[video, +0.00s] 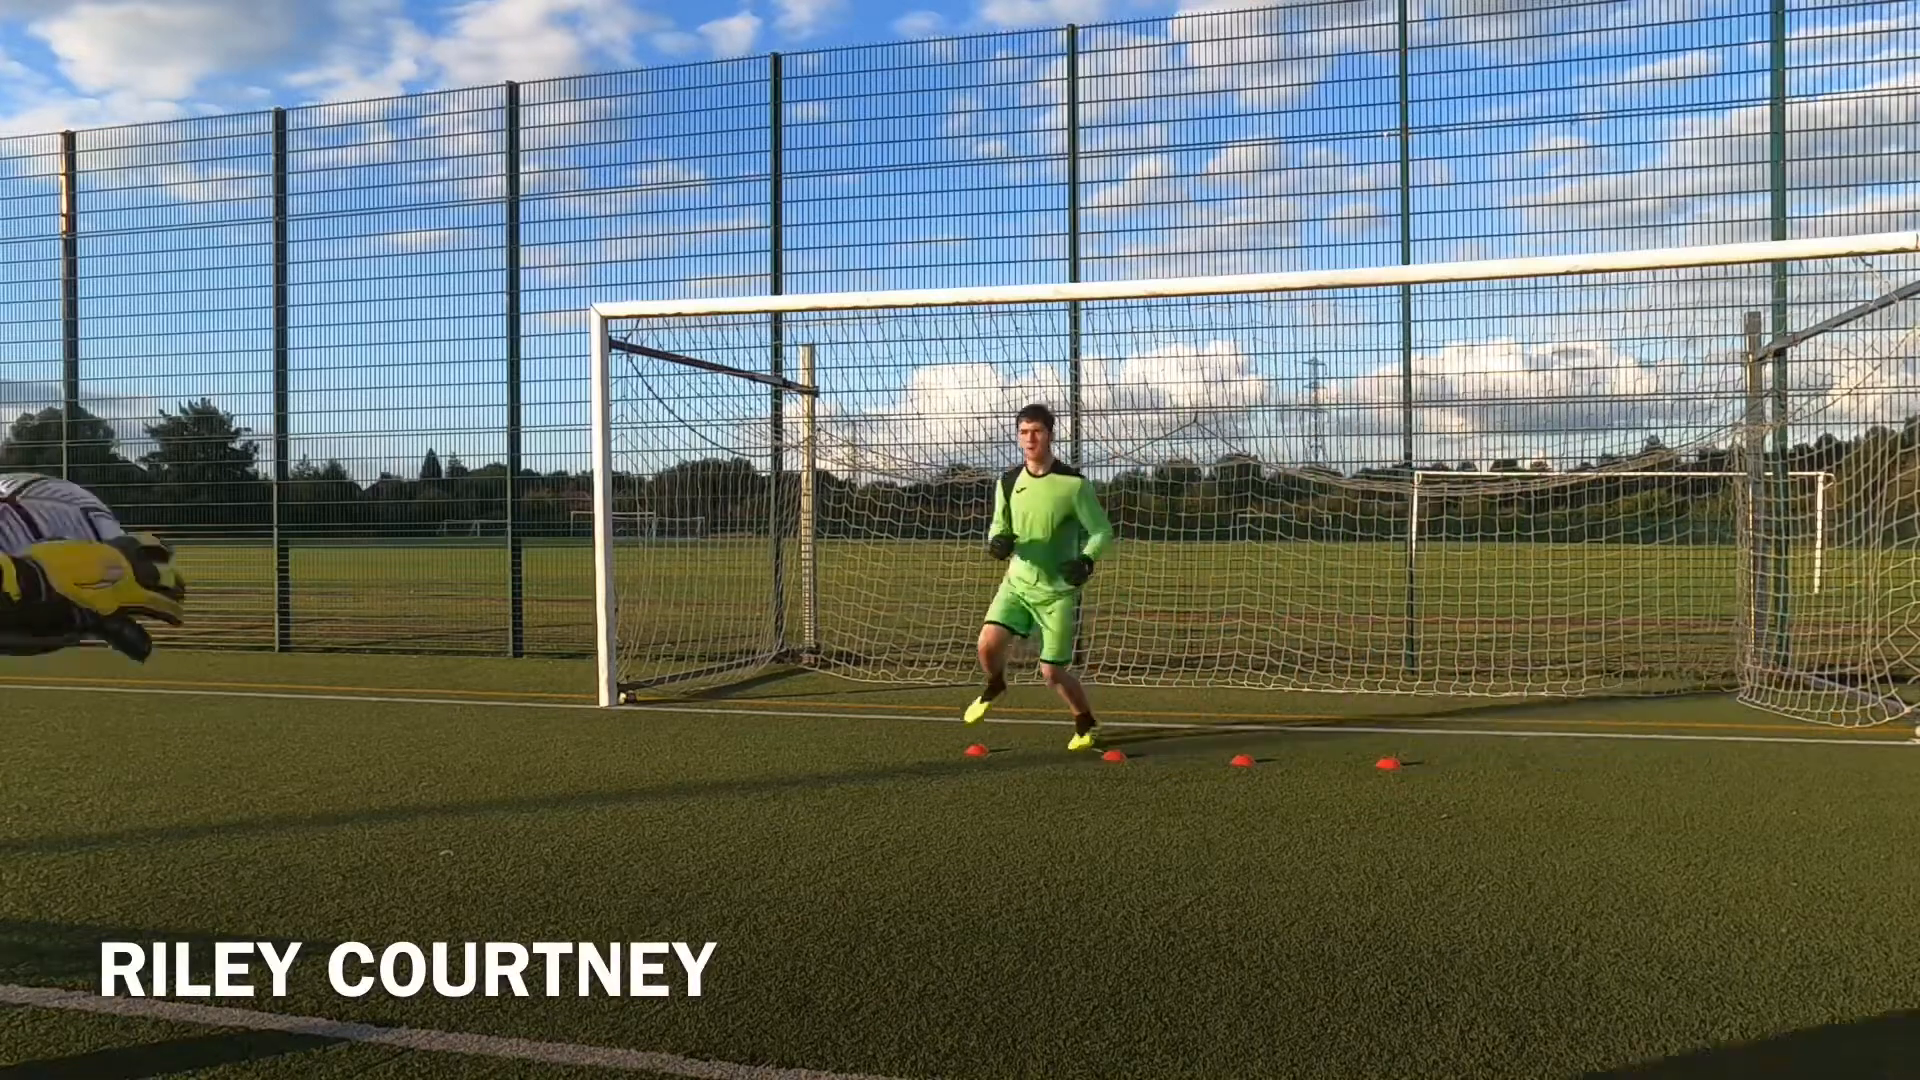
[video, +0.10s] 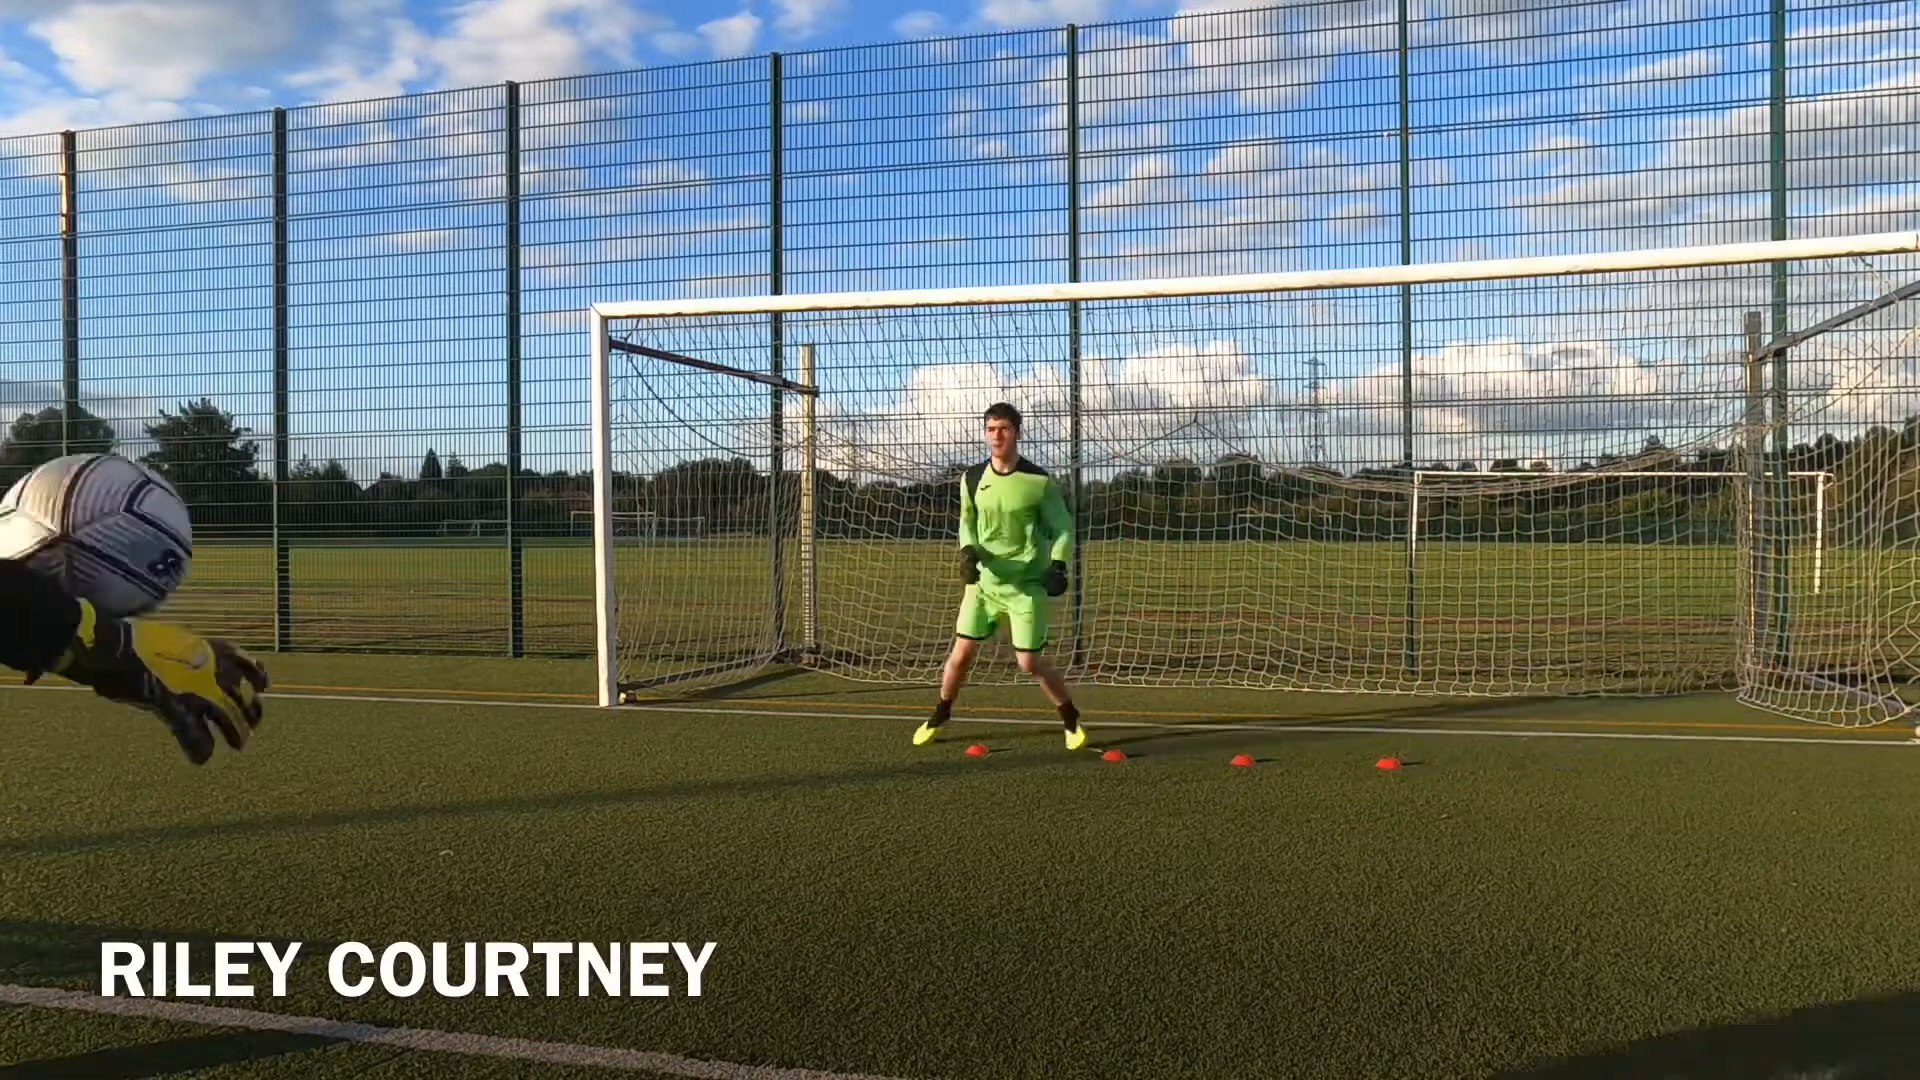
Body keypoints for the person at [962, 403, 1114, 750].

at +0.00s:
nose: (1030, 438)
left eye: (1036, 432)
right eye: (1024, 432)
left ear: (1050, 435)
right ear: (1017, 438)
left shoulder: (1075, 485)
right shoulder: (1007, 483)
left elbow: (1103, 532)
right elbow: (999, 524)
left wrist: (1086, 559)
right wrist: (997, 541)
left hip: (1057, 593)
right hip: (1016, 584)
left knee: (1051, 670)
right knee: (987, 645)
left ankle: (1086, 722)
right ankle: (995, 686)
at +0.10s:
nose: (996, 435)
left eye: (1003, 429)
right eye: (991, 429)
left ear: (1017, 433)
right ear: (986, 435)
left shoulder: (1040, 482)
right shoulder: (972, 479)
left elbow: (1063, 527)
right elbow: (967, 524)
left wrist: (1058, 563)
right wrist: (967, 553)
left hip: (1026, 586)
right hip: (983, 581)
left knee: (1030, 662)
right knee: (960, 654)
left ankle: (1071, 719)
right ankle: (940, 714)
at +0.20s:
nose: (966, 437)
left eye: (973, 431)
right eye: (960, 431)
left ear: (986, 434)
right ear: (953, 436)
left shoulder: (1010, 481)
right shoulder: (940, 478)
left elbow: (1034, 523)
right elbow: (931, 519)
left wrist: (1033, 559)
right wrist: (934, 553)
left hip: (997, 578)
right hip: (952, 577)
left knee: (995, 653)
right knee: (932, 654)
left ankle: (1014, 693)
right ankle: (932, 717)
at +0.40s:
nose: (921, 449)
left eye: (928, 442)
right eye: (915, 443)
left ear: (940, 447)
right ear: (908, 448)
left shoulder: (963, 491)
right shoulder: (897, 489)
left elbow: (984, 532)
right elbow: (894, 528)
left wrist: (983, 563)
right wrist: (892, 554)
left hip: (948, 589)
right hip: (904, 584)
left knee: (948, 663)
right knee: (867, 646)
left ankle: (937, 729)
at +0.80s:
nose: (868, 431)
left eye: (875, 425)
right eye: (863, 426)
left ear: (888, 431)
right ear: (856, 431)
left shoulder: (899, 474)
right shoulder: (842, 473)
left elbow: (890, 514)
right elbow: (816, 504)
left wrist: (872, 477)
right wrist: (812, 470)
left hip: (895, 583)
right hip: (851, 585)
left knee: (915, 656)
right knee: (827, 654)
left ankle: (934, 729)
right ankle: (816, 724)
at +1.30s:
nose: (809, 442)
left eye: (815, 436)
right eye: (802, 437)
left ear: (825, 441)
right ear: (794, 445)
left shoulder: (856, 473)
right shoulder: (799, 491)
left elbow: (897, 495)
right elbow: (813, 530)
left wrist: (889, 516)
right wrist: (810, 566)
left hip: (879, 577)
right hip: (838, 585)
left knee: (902, 650)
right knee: (826, 652)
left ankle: (933, 727)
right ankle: (816, 724)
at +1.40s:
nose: (816, 439)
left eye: (822, 432)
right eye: (809, 433)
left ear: (833, 436)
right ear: (801, 439)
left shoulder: (860, 471)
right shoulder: (798, 485)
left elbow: (899, 497)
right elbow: (805, 537)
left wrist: (891, 513)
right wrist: (786, 557)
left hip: (880, 574)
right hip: (839, 579)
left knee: (901, 648)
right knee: (826, 653)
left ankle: (933, 725)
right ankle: (816, 724)